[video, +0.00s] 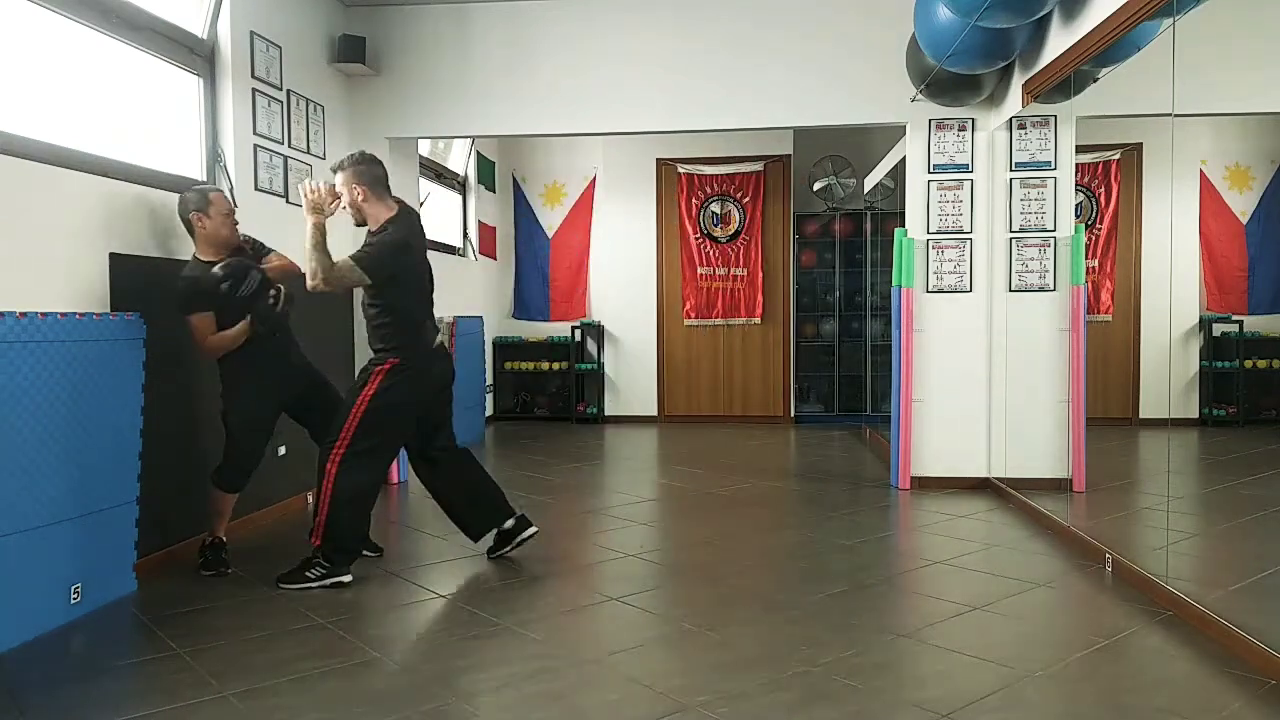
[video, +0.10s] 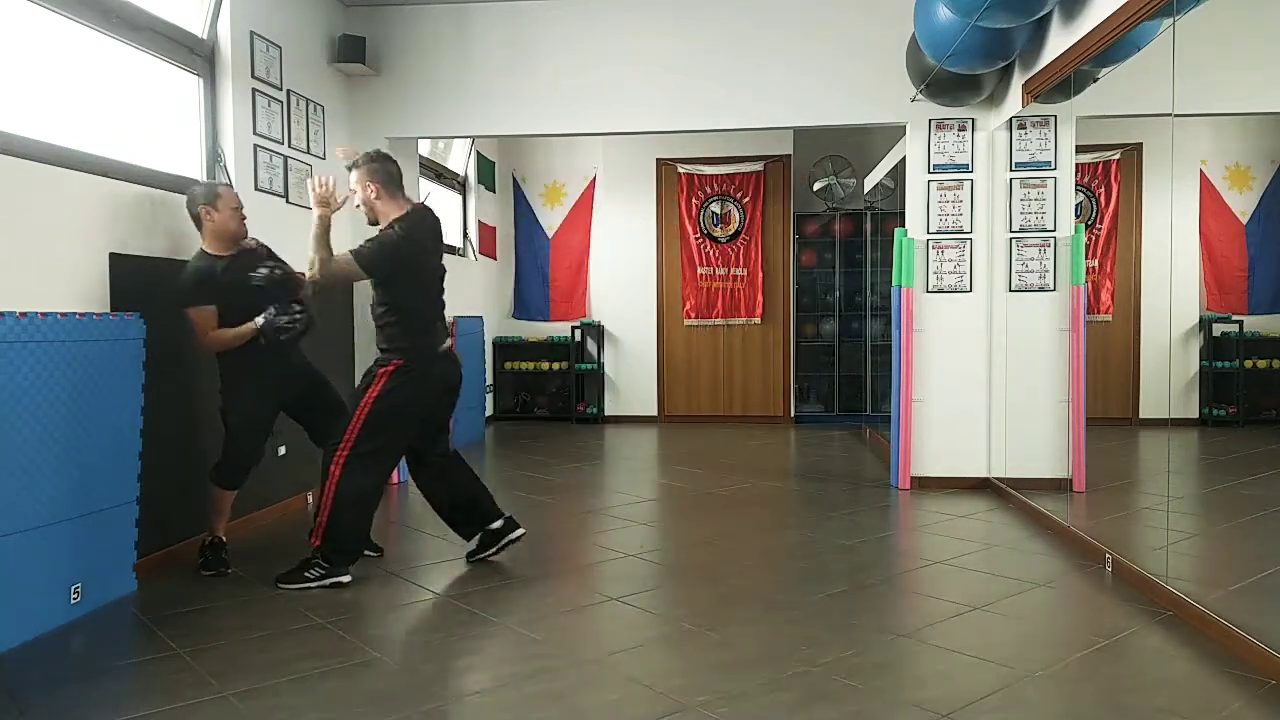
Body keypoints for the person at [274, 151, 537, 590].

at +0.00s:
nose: (343, 203)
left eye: (343, 195)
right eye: (342, 195)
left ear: (358, 192)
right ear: (379, 187)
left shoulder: (390, 242)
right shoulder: (405, 222)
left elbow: (320, 278)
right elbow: (339, 273)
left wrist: (315, 219)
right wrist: (325, 213)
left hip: (398, 365)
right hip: (428, 361)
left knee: (344, 456)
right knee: (434, 450)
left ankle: (332, 560)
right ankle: (506, 520)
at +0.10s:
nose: (356, 202)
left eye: (357, 193)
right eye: (353, 194)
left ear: (372, 191)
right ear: (395, 187)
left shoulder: (392, 243)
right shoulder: (426, 219)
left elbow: (322, 273)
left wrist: (322, 216)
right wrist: (364, 163)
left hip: (401, 369)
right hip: (439, 363)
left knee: (348, 459)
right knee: (429, 454)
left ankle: (332, 560)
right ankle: (491, 523)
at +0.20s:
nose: (381, 206)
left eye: (381, 197)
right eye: (379, 198)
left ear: (396, 194)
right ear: (420, 190)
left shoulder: (414, 244)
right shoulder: (452, 232)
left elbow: (342, 269)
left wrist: (345, 217)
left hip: (415, 373)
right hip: (452, 370)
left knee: (359, 461)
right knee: (426, 457)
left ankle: (330, 560)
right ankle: (475, 537)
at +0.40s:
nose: (445, 210)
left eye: (445, 201)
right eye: (444, 202)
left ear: (457, 196)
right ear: (483, 193)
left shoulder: (465, 235)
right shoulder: (511, 233)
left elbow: (391, 248)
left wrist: (391, 216)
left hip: (468, 367)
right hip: (498, 367)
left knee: (403, 449)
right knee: (454, 448)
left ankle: (387, 555)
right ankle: (475, 547)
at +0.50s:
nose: (467, 192)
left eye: (467, 184)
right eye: (467, 185)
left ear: (479, 180)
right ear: (509, 178)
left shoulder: (479, 218)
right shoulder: (543, 218)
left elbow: (415, 245)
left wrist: (416, 229)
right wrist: (446, 233)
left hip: (501, 351)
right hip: (533, 350)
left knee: (455, 441)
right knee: (488, 444)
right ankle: (478, 543)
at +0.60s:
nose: (495, 184)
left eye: (495, 177)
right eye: (496, 178)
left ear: (505, 173)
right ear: (535, 170)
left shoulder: (503, 209)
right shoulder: (571, 206)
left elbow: (454, 267)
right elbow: (582, 266)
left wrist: (470, 255)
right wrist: (534, 257)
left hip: (532, 340)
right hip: (568, 337)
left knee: (520, 443)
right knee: (531, 436)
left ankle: (576, 544)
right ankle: (503, 533)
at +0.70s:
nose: (523, 198)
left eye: (522, 190)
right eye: (521, 191)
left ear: (534, 183)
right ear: (562, 180)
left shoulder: (540, 223)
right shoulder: (602, 223)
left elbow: (507, 296)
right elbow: (586, 282)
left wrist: (518, 295)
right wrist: (533, 289)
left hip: (569, 357)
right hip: (605, 355)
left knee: (545, 456)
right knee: (573, 448)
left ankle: (587, 558)